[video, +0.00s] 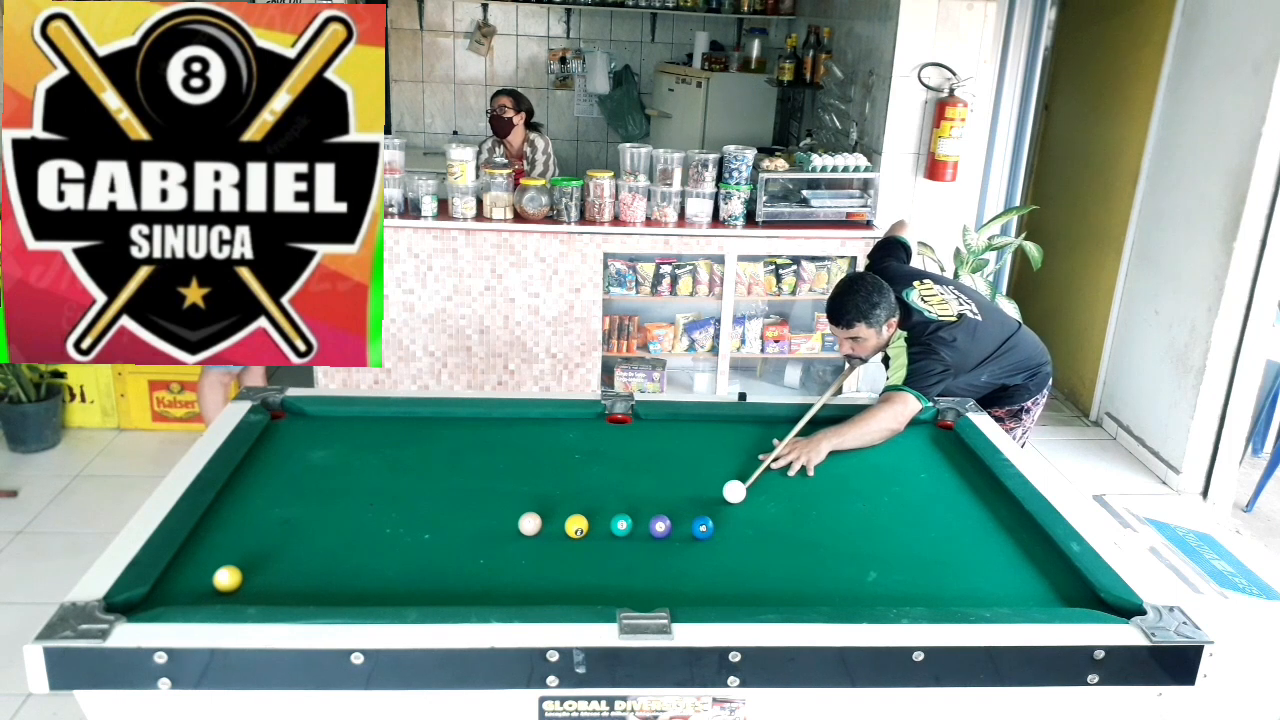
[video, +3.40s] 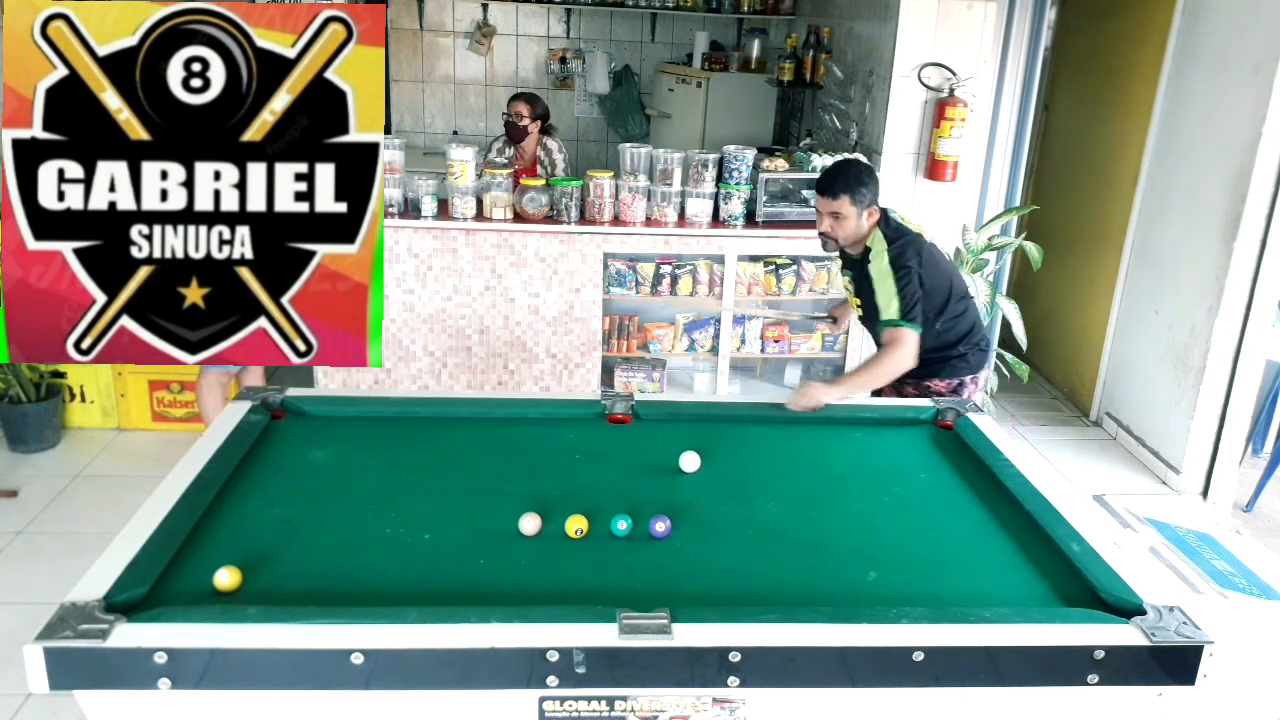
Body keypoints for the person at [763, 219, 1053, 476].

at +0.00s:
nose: (844, 350)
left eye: (855, 340)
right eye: (837, 336)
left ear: (890, 327)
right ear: (834, 317)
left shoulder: (926, 351)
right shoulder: (885, 272)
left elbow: (894, 415)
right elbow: (902, 228)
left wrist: (824, 440)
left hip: (1021, 375)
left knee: (985, 476)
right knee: (945, 460)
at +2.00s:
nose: (845, 353)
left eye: (855, 343)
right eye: (838, 340)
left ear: (889, 330)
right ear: (832, 322)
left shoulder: (926, 353)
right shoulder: (883, 275)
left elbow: (894, 417)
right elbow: (897, 234)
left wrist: (823, 439)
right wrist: (869, 287)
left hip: (1021, 375)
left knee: (985, 476)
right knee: (945, 458)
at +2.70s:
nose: (846, 313)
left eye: (857, 302)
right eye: (840, 300)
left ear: (892, 293)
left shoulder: (926, 327)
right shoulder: (894, 256)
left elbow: (890, 400)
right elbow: (901, 233)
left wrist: (825, 440)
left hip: (1012, 375)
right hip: (955, 369)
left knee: (984, 475)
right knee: (940, 459)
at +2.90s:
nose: (839, 279)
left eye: (851, 269)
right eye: (835, 267)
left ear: (887, 264)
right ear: (829, 256)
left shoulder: (918, 294)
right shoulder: (888, 245)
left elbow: (900, 382)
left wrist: (831, 424)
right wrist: (887, 312)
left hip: (994, 377)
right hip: (939, 371)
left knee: (975, 479)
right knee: (924, 468)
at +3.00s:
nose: (834, 257)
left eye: (846, 247)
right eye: (830, 245)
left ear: (882, 243)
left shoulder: (914, 278)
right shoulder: (878, 254)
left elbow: (895, 373)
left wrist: (811, 396)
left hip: (980, 381)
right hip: (930, 375)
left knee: (968, 489)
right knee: (917, 480)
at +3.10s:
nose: (833, 247)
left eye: (845, 237)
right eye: (830, 235)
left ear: (882, 234)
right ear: (826, 226)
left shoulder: (912, 273)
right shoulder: (874, 248)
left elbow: (876, 364)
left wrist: (791, 386)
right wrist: (872, 315)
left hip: (971, 380)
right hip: (915, 372)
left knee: (954, 488)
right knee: (896, 476)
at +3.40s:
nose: (822, 227)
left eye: (835, 217)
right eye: (819, 214)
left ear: (870, 216)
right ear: (816, 204)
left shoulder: (894, 255)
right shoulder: (856, 236)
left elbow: (903, 353)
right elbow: (869, 278)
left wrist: (833, 390)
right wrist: (850, 305)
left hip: (948, 371)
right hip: (901, 363)